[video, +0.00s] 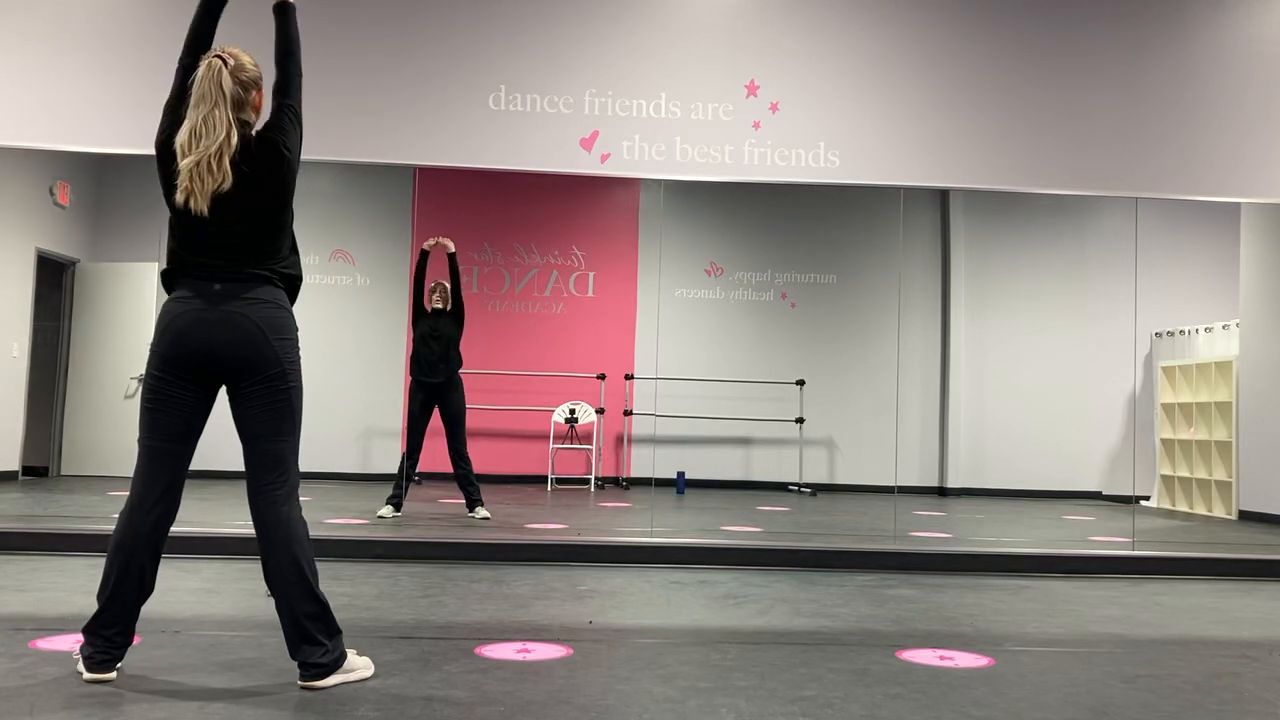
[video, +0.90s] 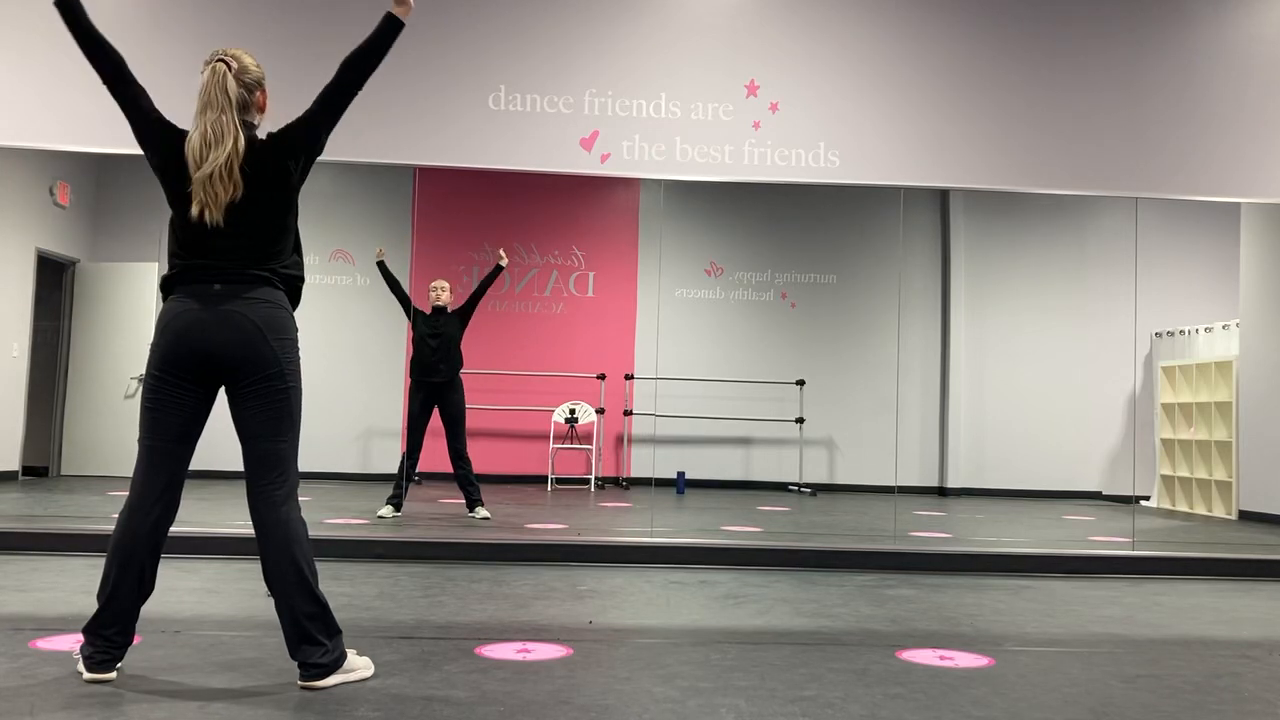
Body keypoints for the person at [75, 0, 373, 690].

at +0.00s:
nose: (264, 99)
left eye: (257, 88)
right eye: (262, 89)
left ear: (197, 93)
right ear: (253, 97)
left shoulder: (175, 146)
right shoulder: (274, 147)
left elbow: (192, 60)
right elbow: (288, 77)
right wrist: (286, 2)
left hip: (183, 319)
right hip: (262, 320)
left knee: (152, 488)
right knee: (276, 494)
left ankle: (102, 647)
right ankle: (318, 656)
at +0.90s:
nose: (268, 99)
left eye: (261, 89)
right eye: (265, 90)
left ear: (205, 97)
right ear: (258, 98)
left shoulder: (177, 153)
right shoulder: (283, 154)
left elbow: (119, 78)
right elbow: (342, 89)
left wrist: (67, 4)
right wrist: (397, 16)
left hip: (183, 320)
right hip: (263, 321)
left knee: (152, 488)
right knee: (275, 495)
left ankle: (102, 648)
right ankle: (319, 657)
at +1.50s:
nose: (265, 104)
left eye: (260, 94)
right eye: (263, 95)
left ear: (201, 98)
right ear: (253, 100)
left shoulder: (167, 159)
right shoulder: (281, 161)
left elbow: (77, 143)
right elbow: (374, 149)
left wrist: (2, 116)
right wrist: (462, 130)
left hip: (182, 316)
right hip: (260, 317)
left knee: (150, 491)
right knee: (275, 494)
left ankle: (101, 650)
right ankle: (319, 657)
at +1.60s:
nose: (265, 103)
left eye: (261, 94)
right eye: (262, 94)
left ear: (200, 98)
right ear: (251, 99)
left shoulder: (165, 162)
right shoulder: (282, 162)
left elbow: (78, 159)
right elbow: (374, 163)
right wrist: (467, 153)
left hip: (181, 318)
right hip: (258, 318)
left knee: (150, 491)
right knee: (275, 494)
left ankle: (101, 649)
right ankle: (319, 657)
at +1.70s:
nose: (264, 101)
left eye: (260, 93)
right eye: (262, 93)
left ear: (199, 98)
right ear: (252, 98)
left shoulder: (166, 163)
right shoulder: (280, 163)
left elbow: (77, 176)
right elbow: (370, 177)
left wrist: (3, 176)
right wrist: (468, 178)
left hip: (180, 318)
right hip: (258, 318)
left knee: (150, 489)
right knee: (274, 492)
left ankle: (101, 649)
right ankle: (319, 656)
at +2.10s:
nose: (263, 105)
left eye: (260, 94)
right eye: (262, 95)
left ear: (198, 98)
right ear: (251, 100)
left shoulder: (162, 170)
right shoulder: (280, 169)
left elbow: (103, 239)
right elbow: (351, 232)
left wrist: (30, 291)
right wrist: (426, 283)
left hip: (180, 324)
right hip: (261, 326)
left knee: (151, 488)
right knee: (275, 493)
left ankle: (102, 649)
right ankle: (319, 657)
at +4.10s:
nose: (275, 109)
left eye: (272, 98)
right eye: (272, 100)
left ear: (210, 100)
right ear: (260, 104)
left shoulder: (175, 168)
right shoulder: (284, 164)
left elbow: (177, 237)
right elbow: (318, 239)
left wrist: (243, 221)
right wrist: (277, 200)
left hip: (192, 328)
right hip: (271, 327)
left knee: (159, 489)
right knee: (292, 494)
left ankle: (100, 649)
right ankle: (338, 659)